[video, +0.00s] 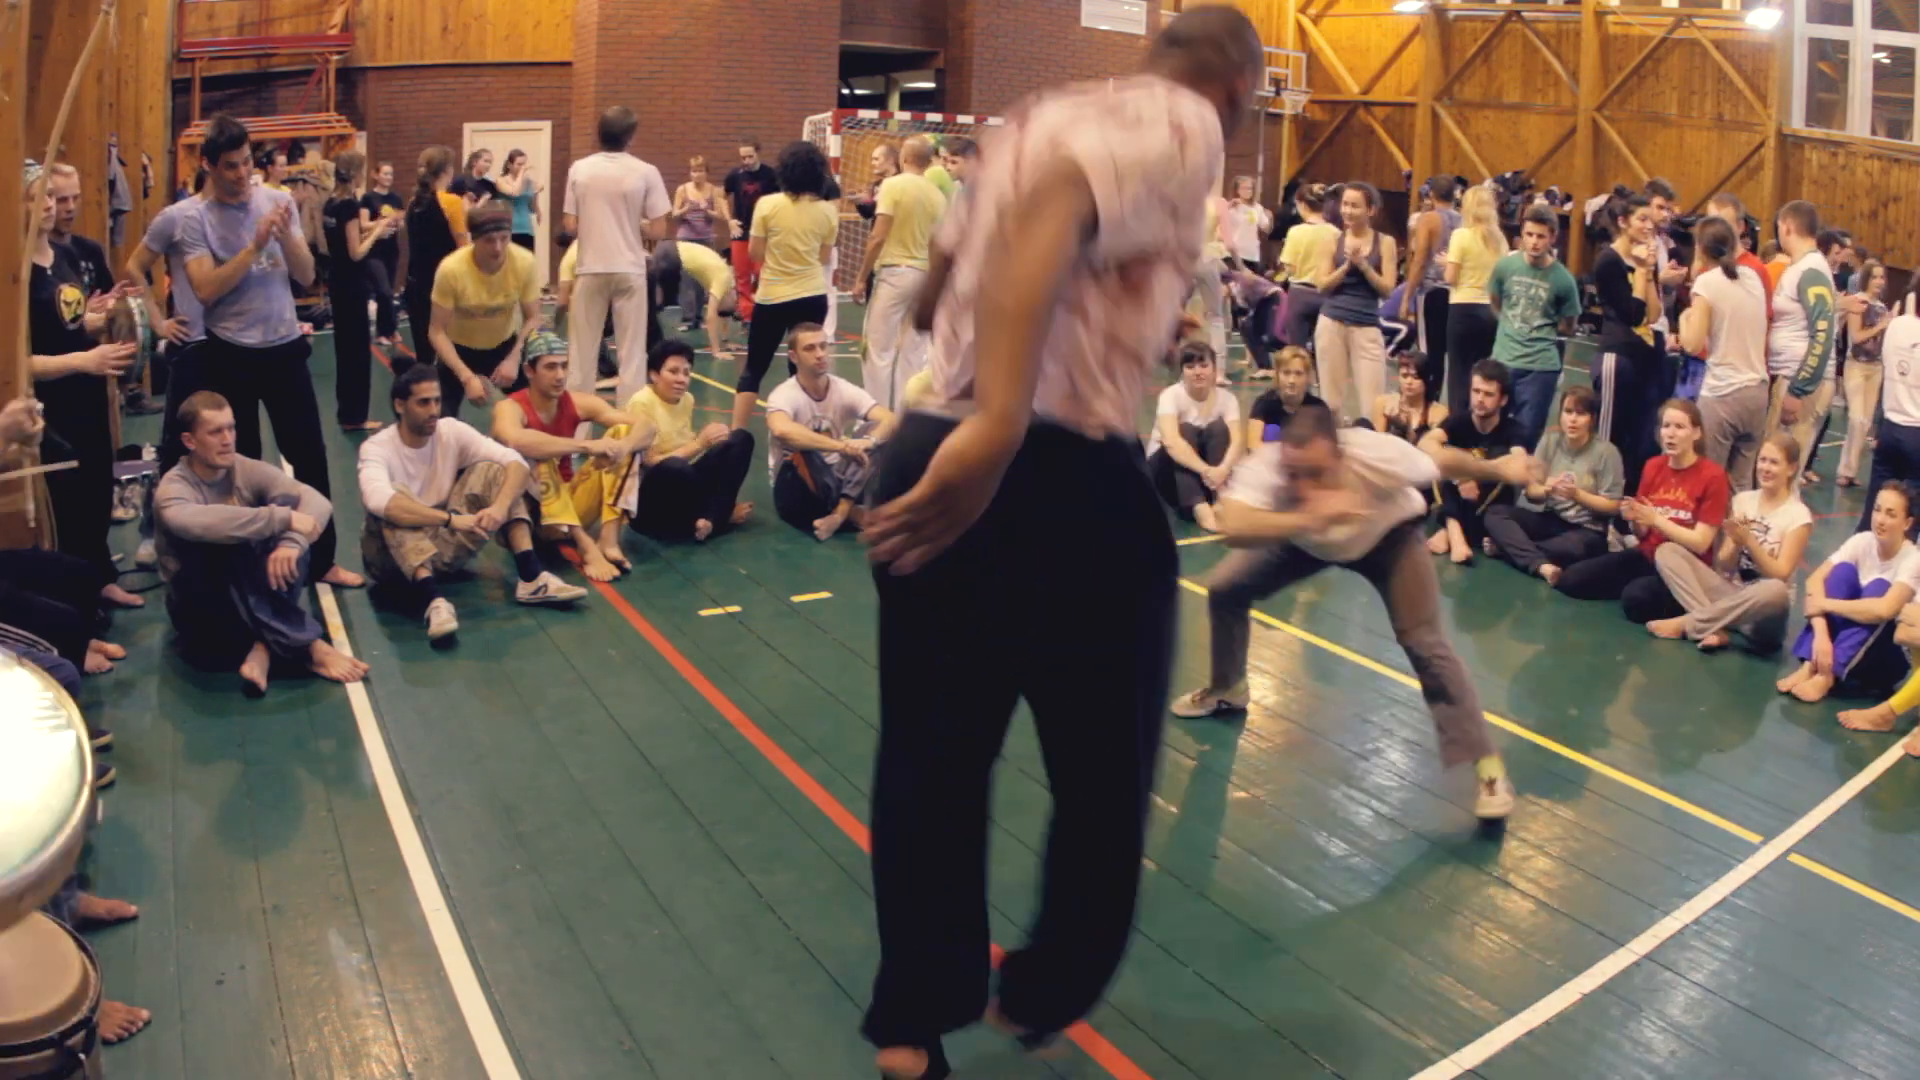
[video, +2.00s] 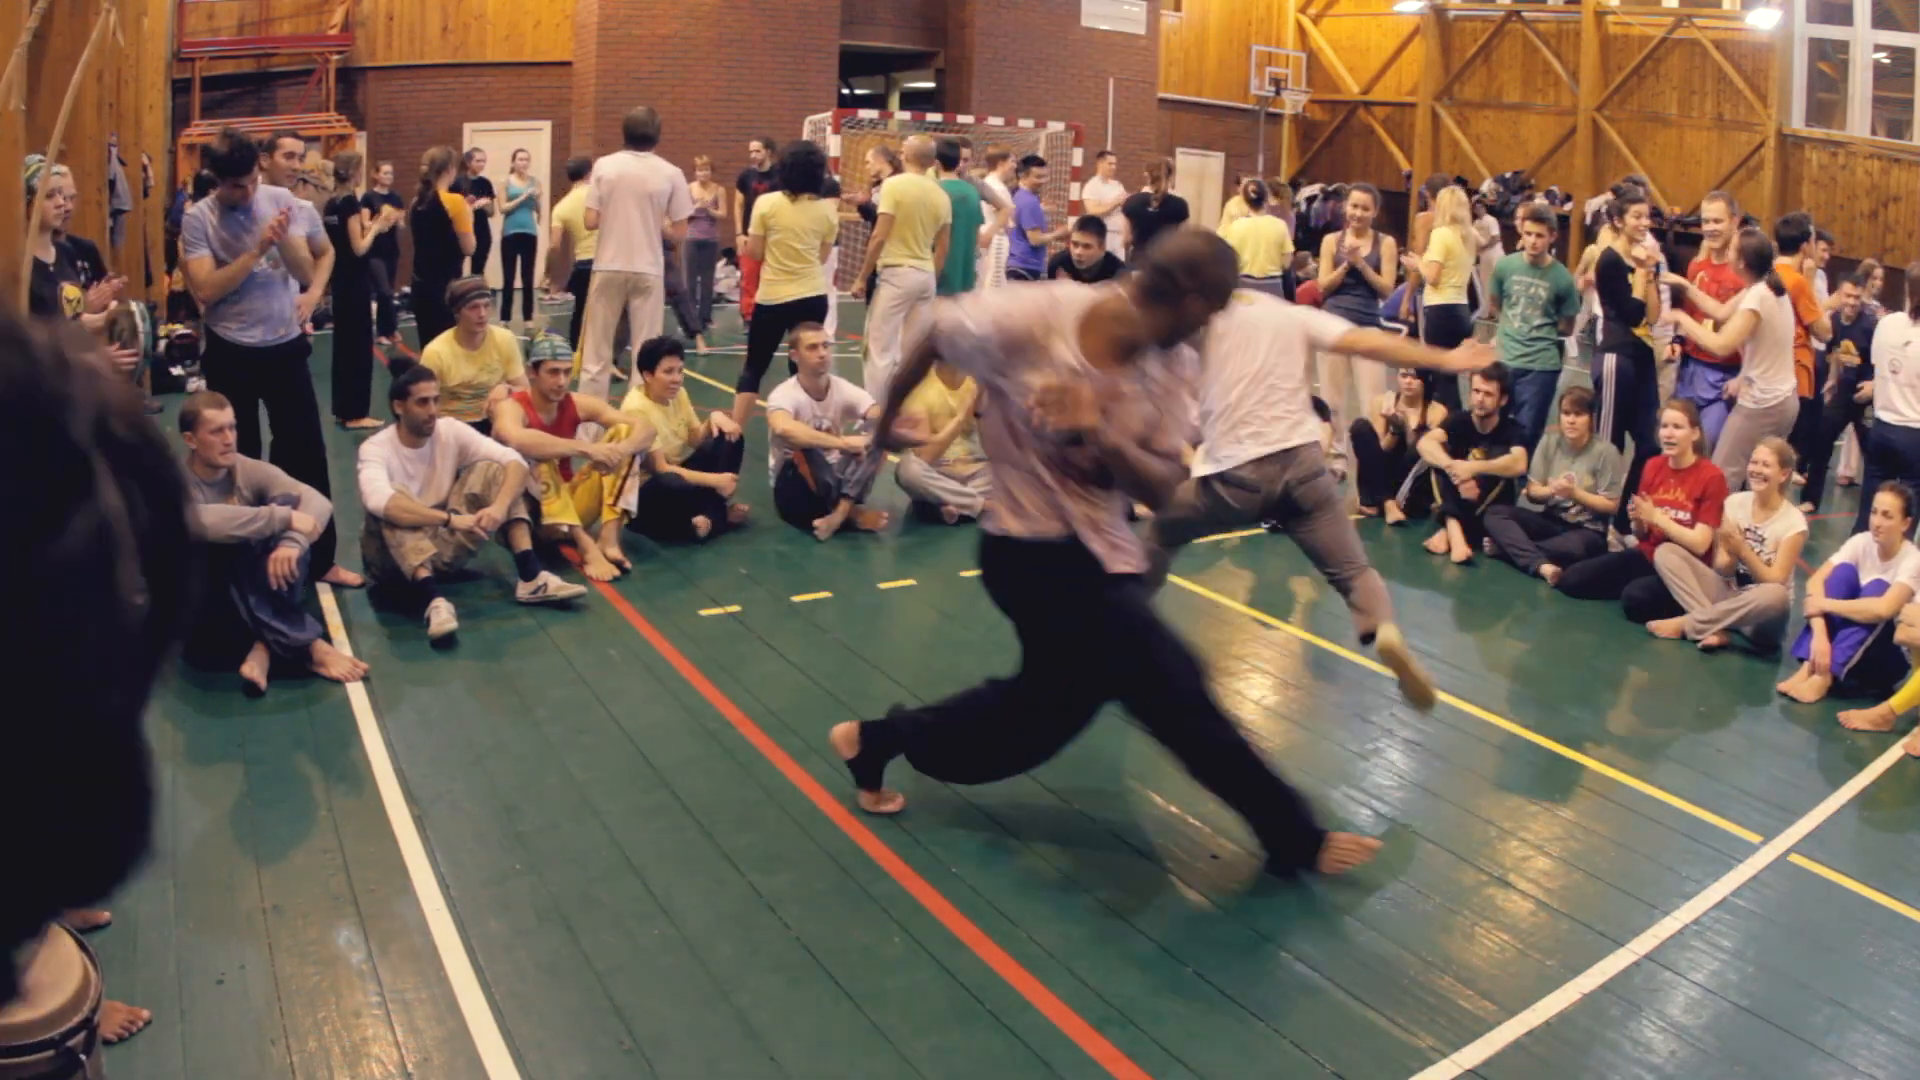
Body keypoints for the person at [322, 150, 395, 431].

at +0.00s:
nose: (369, 177)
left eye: (369, 171)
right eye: (367, 171)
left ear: (340, 171)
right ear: (357, 174)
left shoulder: (330, 205)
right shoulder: (349, 207)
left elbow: (344, 243)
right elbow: (356, 251)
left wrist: (373, 230)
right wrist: (376, 232)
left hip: (338, 279)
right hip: (353, 282)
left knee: (347, 343)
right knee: (358, 346)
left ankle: (347, 411)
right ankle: (355, 416)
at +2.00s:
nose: (368, 175)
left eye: (366, 169)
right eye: (365, 169)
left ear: (340, 171)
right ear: (356, 172)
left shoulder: (332, 203)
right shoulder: (350, 203)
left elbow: (346, 243)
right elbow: (359, 246)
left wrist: (375, 226)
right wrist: (376, 226)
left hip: (340, 280)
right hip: (356, 282)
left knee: (346, 342)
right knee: (359, 344)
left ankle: (344, 409)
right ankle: (354, 413)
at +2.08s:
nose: (367, 175)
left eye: (366, 169)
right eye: (365, 170)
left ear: (341, 171)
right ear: (355, 172)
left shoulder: (333, 203)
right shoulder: (350, 204)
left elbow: (349, 240)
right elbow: (358, 248)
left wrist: (375, 228)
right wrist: (380, 236)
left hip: (341, 281)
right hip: (356, 283)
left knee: (347, 343)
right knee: (360, 345)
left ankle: (345, 409)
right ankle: (355, 414)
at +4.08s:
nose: (369, 174)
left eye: (368, 169)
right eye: (366, 169)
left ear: (344, 172)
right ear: (356, 172)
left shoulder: (333, 203)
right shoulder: (355, 204)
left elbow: (344, 244)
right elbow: (362, 247)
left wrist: (370, 227)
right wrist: (379, 229)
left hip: (342, 280)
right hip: (358, 283)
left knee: (347, 343)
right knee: (361, 345)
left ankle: (346, 411)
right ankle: (356, 414)